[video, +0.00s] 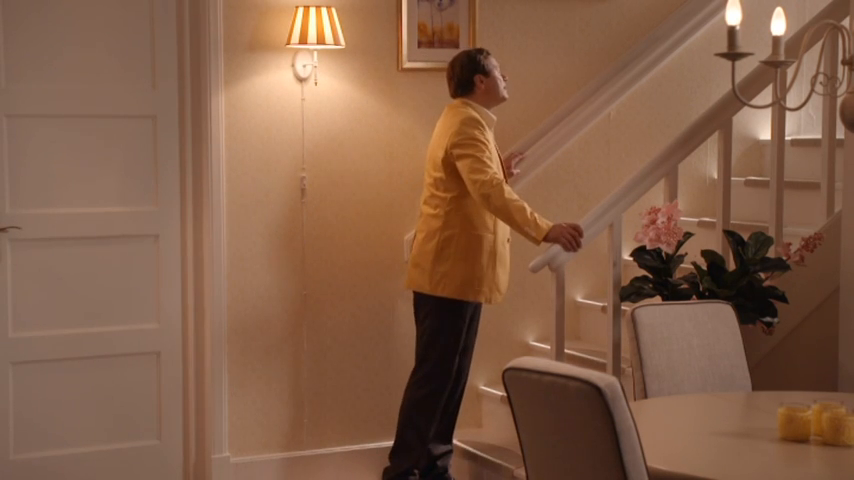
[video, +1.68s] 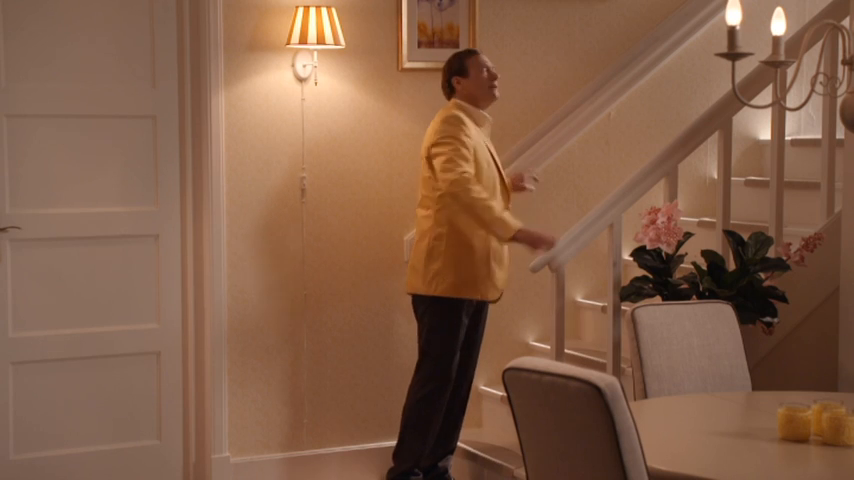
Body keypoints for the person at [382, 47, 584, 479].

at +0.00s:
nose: (505, 80)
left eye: (501, 73)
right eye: (498, 73)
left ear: (474, 82)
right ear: (480, 81)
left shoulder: (465, 120)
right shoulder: (466, 123)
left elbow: (461, 194)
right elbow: (489, 190)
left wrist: (498, 178)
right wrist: (545, 229)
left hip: (462, 271)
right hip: (448, 271)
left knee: (451, 376)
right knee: (435, 375)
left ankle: (433, 469)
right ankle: (405, 471)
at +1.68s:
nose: (496, 78)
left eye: (493, 72)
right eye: (486, 72)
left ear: (470, 83)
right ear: (459, 82)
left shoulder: (475, 128)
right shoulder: (450, 125)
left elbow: (475, 189)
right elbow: (460, 189)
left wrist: (507, 183)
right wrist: (518, 231)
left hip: (474, 274)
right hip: (445, 274)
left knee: (458, 379)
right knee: (436, 377)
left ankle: (436, 467)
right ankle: (406, 470)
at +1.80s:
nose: (490, 79)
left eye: (490, 73)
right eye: (479, 74)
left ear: (492, 84)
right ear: (454, 85)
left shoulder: (483, 135)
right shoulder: (443, 124)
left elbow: (490, 206)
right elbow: (426, 188)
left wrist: (531, 213)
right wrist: (464, 246)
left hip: (479, 282)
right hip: (442, 278)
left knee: (461, 382)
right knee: (437, 379)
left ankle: (438, 469)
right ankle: (410, 471)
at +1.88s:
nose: (484, 80)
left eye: (488, 74)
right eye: (473, 75)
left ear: (494, 84)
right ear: (452, 87)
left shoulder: (492, 139)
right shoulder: (436, 128)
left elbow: (491, 209)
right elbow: (411, 194)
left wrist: (528, 217)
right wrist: (417, 260)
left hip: (481, 282)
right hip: (440, 279)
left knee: (463, 386)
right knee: (435, 383)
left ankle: (439, 469)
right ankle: (412, 472)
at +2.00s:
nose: (476, 79)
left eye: (483, 73)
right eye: (467, 73)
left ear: (494, 85)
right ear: (452, 86)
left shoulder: (509, 142)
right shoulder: (429, 127)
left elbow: (516, 197)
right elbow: (391, 186)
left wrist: (520, 211)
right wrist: (360, 247)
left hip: (482, 268)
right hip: (432, 264)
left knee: (463, 379)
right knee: (429, 375)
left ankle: (442, 469)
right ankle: (413, 470)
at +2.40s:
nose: (436, 87)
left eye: (447, 81)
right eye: (436, 79)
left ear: (474, 91)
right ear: (434, 83)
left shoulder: (501, 146)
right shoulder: (410, 126)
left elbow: (520, 207)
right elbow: (383, 191)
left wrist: (487, 222)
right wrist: (366, 246)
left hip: (453, 271)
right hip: (399, 263)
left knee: (445, 376)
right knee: (377, 365)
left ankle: (444, 472)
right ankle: (353, 468)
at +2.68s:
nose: (384, 94)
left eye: (393, 88)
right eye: (384, 86)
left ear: (422, 93)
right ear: (388, 89)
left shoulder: (458, 142)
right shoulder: (372, 132)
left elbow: (480, 209)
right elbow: (361, 196)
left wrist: (434, 222)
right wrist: (358, 253)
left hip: (426, 278)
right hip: (372, 273)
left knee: (429, 381)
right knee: (351, 374)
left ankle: (443, 471)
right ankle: (334, 474)